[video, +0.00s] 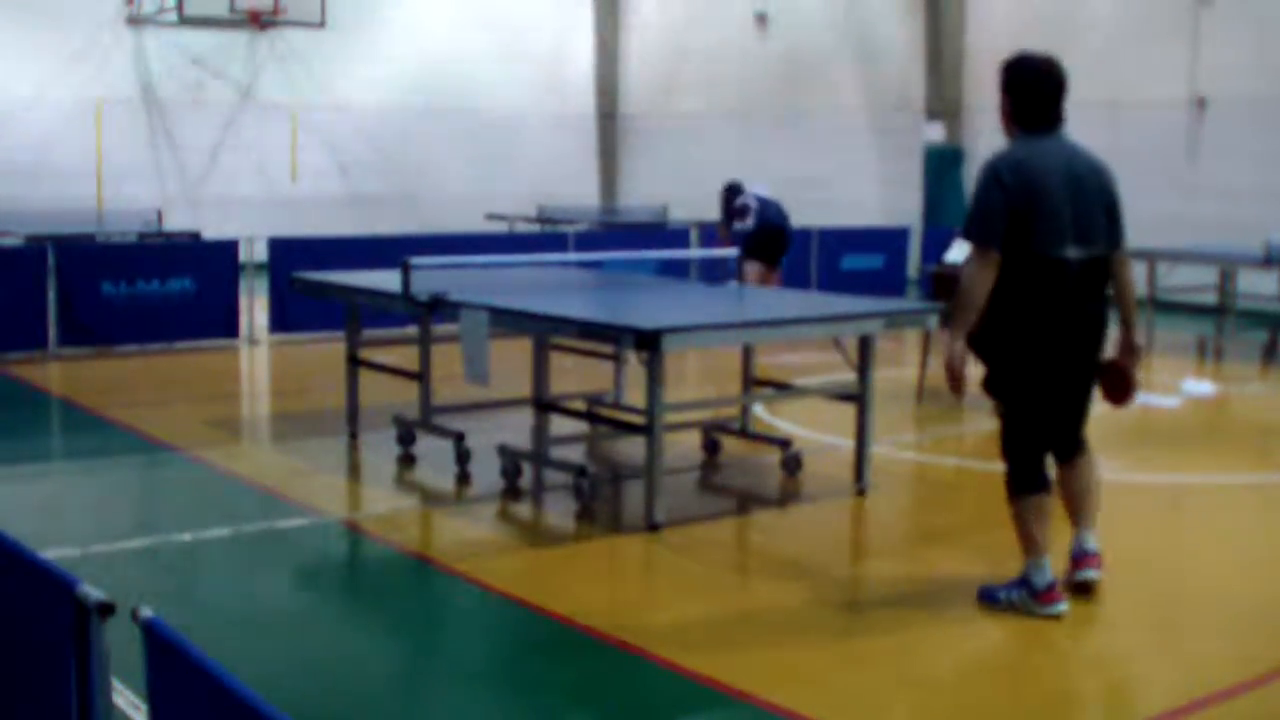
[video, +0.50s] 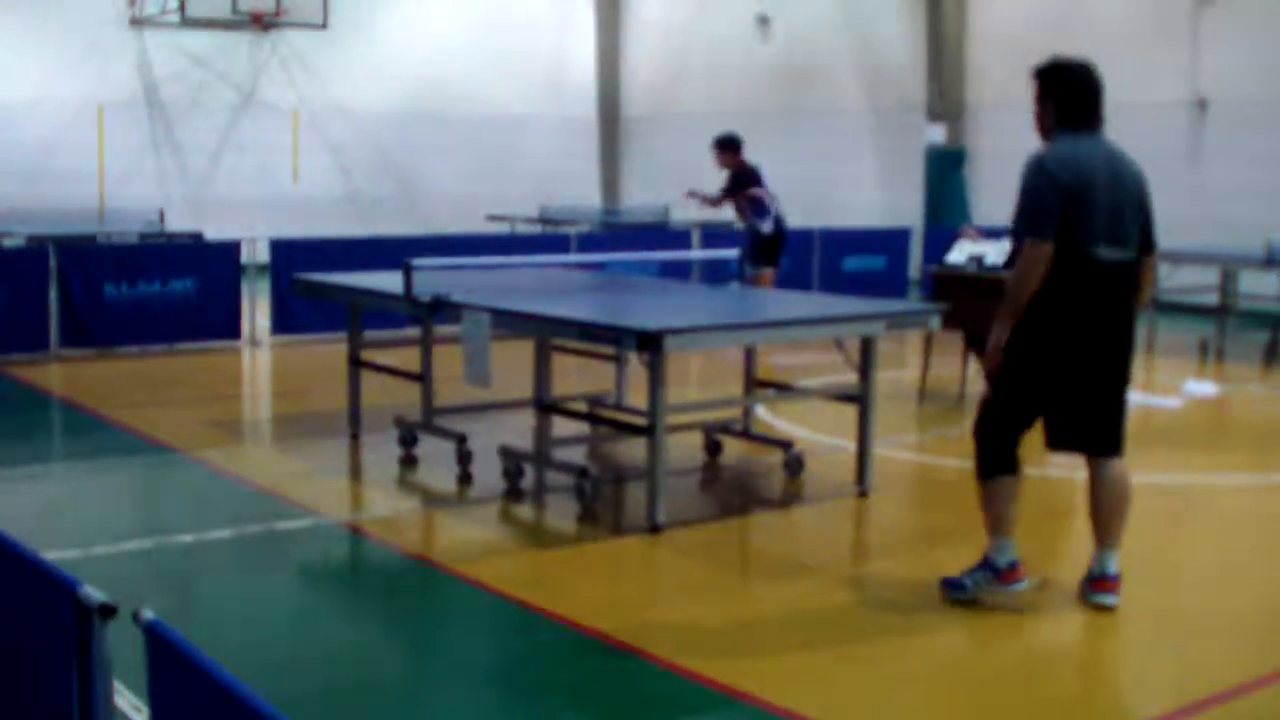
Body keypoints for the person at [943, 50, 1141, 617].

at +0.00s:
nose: (1000, 107)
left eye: (1003, 99)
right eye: (1004, 97)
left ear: (1009, 106)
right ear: (1061, 104)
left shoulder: (1004, 172)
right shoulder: (1092, 171)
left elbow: (983, 263)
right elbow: (1118, 264)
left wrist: (957, 336)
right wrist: (1130, 336)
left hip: (1017, 342)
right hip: (1078, 340)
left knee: (1023, 453)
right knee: (1070, 440)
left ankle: (1039, 577)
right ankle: (1086, 549)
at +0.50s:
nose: (1035, 113)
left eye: (1038, 103)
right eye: (1037, 102)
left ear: (1051, 107)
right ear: (1094, 106)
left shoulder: (1049, 166)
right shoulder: (1126, 171)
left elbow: (1033, 260)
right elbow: (1144, 273)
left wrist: (1001, 327)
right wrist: (1115, 319)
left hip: (1046, 336)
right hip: (1107, 338)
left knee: (995, 430)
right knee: (1106, 448)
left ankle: (1001, 560)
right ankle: (1107, 569)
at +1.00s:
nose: (975, 151)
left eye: (977, 142)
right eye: (977, 141)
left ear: (985, 146)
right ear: (1033, 140)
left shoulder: (975, 204)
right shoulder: (1071, 199)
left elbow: (955, 292)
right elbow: (1126, 277)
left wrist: (950, 352)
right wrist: (1093, 327)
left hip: (993, 359)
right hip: (1058, 358)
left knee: (987, 475)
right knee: (1058, 458)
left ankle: (986, 600)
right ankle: (1069, 569)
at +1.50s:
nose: (961, 169)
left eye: (963, 160)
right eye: (963, 160)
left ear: (974, 163)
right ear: (1016, 161)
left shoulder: (976, 208)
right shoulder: (1046, 216)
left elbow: (968, 278)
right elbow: (1076, 299)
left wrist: (942, 321)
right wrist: (1034, 327)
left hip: (983, 351)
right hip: (1040, 356)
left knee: (924, 452)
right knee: (1023, 457)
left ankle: (929, 576)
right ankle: (1038, 568)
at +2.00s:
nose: (841, 174)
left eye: (842, 165)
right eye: (842, 165)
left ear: (850, 166)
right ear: (894, 159)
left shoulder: (857, 206)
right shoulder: (933, 204)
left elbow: (830, 288)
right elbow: (974, 281)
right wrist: (995, 346)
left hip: (900, 348)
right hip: (964, 345)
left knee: (842, 438)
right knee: (977, 447)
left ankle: (833, 566)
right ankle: (1009, 546)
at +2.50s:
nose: (876, 145)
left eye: (879, 137)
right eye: (881, 136)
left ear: (885, 142)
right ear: (931, 138)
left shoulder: (888, 192)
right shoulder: (959, 188)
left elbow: (851, 264)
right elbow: (982, 267)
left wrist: (869, 197)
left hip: (921, 339)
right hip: (979, 338)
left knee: (869, 444)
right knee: (979, 438)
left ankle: (837, 562)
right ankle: (1007, 544)